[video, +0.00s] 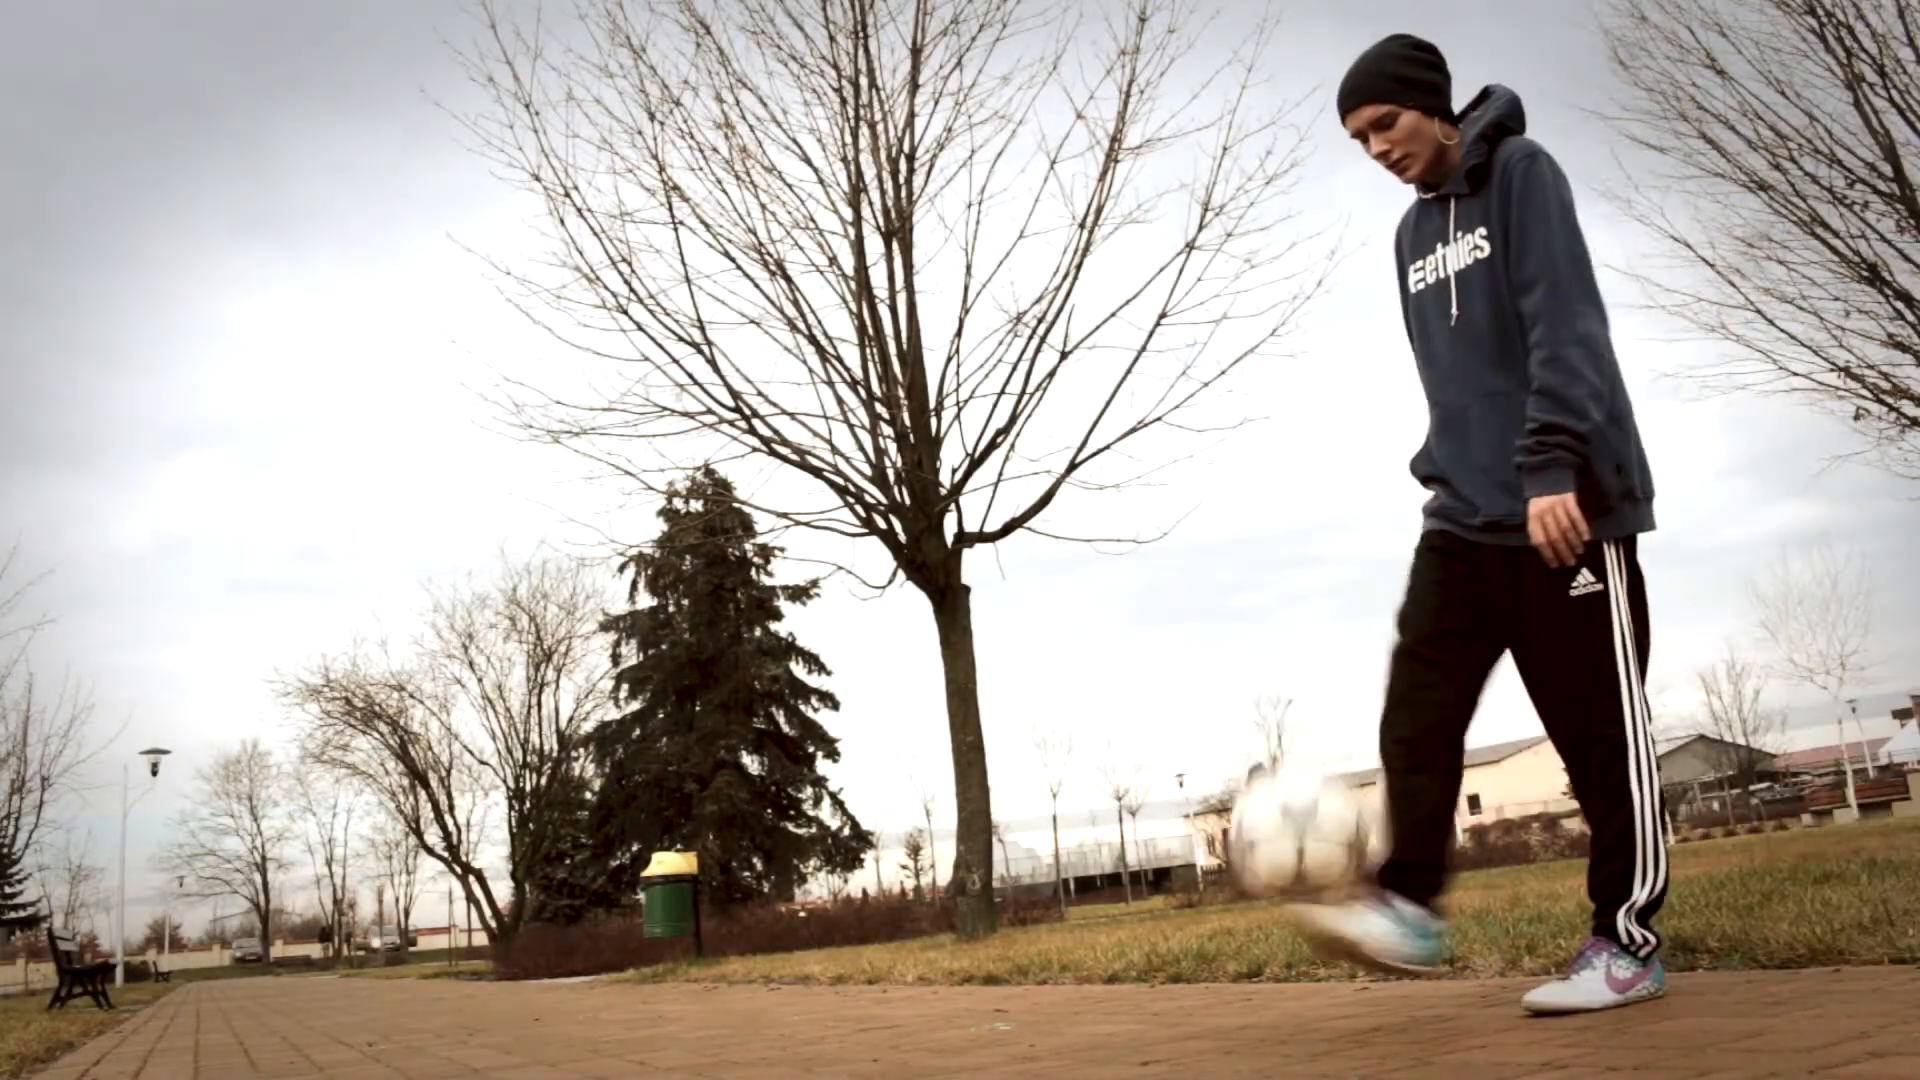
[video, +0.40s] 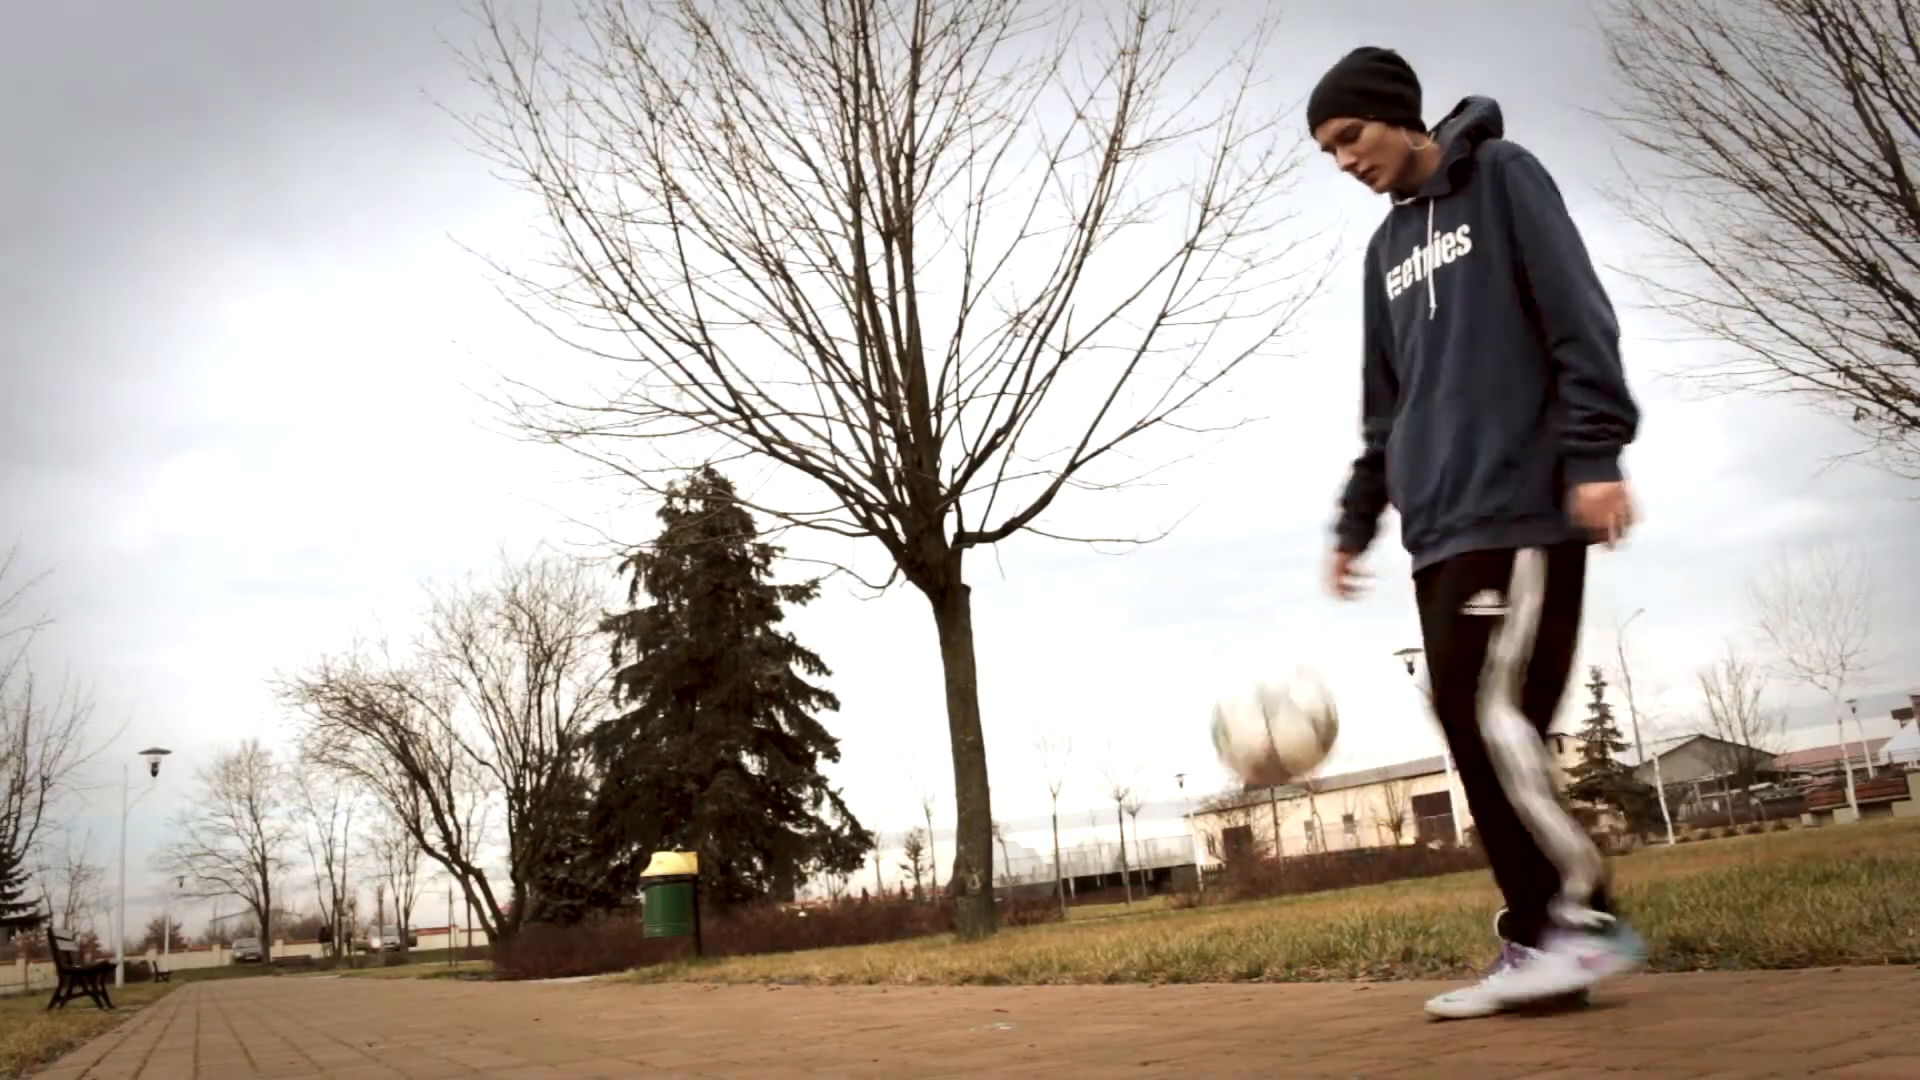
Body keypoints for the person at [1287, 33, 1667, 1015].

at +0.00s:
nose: (1379, 149)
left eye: (1387, 125)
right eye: (1364, 139)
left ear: (1431, 103)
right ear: (1366, 143)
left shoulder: (1520, 171)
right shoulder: (1412, 231)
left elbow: (1564, 322)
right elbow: (1449, 364)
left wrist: (1553, 469)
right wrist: (1452, 466)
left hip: (1563, 497)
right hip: (1465, 509)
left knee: (1602, 726)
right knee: (1422, 700)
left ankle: (1627, 943)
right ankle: (1409, 904)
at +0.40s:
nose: (1348, 160)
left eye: (1353, 136)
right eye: (1333, 151)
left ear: (1402, 111)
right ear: (1340, 155)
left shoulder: (1503, 178)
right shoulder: (1386, 247)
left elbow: (1578, 315)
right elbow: (1386, 404)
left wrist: (1595, 458)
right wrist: (1354, 519)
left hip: (1528, 494)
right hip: (1441, 516)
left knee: (1496, 708)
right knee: (1466, 719)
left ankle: (1590, 921)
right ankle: (1535, 945)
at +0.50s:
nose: (1333, 171)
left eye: (1337, 147)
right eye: (1318, 162)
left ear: (1387, 119)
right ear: (1328, 164)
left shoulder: (1490, 178)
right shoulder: (1377, 257)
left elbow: (1584, 301)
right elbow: (1360, 404)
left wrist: (1645, 445)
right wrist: (1286, 512)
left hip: (1525, 491)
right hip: (1449, 510)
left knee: (1429, 695)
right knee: (1479, 716)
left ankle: (1467, 930)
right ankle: (1546, 949)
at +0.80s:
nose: (1324, 161)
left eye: (1327, 136)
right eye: (1310, 151)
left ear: (1377, 107)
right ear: (1322, 153)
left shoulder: (1476, 167)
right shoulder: (1368, 247)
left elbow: (1572, 288)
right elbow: (1374, 398)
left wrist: (1624, 424)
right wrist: (1300, 456)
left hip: (1525, 491)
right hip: (1445, 512)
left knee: (1509, 713)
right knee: (1482, 726)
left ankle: (1566, 948)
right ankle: (1536, 945)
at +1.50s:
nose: (1299, 192)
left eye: (1299, 169)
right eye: (1286, 181)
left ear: (1341, 137)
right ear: (1311, 167)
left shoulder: (1451, 174)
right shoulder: (1368, 253)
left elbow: (1566, 302)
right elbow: (1411, 408)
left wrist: (1595, 443)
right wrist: (1396, 520)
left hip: (1531, 493)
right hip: (1462, 513)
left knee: (1471, 690)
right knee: (1487, 704)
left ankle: (1555, 933)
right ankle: (1561, 938)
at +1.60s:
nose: (1287, 195)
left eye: (1288, 171)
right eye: (1273, 183)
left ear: (1331, 138)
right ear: (1291, 174)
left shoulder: (1444, 176)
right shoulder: (1357, 260)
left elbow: (1567, 289)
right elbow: (1395, 415)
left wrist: (1630, 424)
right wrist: (1364, 511)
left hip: (1541, 490)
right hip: (1472, 514)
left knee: (1470, 708)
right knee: (1518, 719)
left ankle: (1434, 939)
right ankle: (1572, 946)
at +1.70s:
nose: (1284, 192)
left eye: (1284, 168)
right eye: (1270, 180)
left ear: (1326, 133)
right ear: (1286, 171)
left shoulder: (1439, 173)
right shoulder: (1352, 259)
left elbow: (1562, 287)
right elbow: (1386, 412)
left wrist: (1629, 420)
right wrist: (1345, 497)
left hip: (1541, 484)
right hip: (1474, 510)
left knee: (1476, 697)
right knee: (1530, 716)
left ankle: (1463, 937)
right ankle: (1574, 947)